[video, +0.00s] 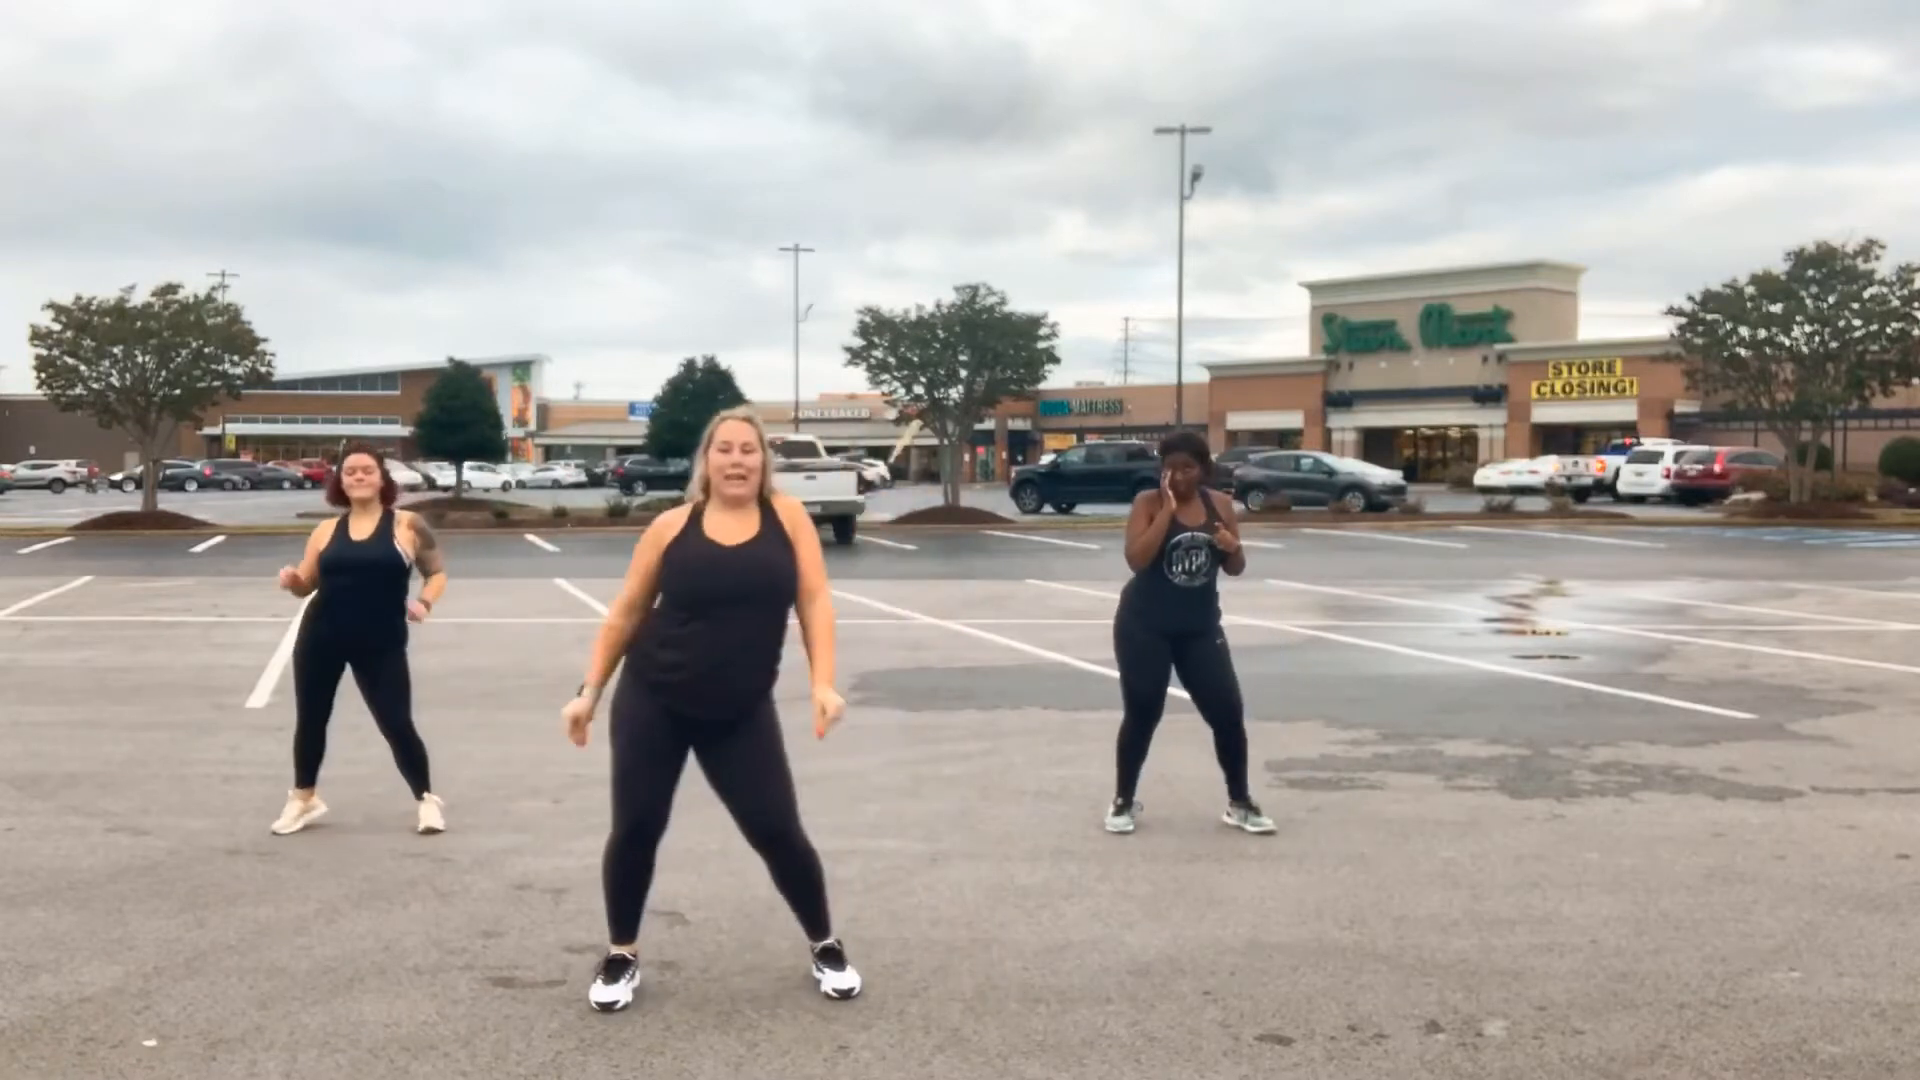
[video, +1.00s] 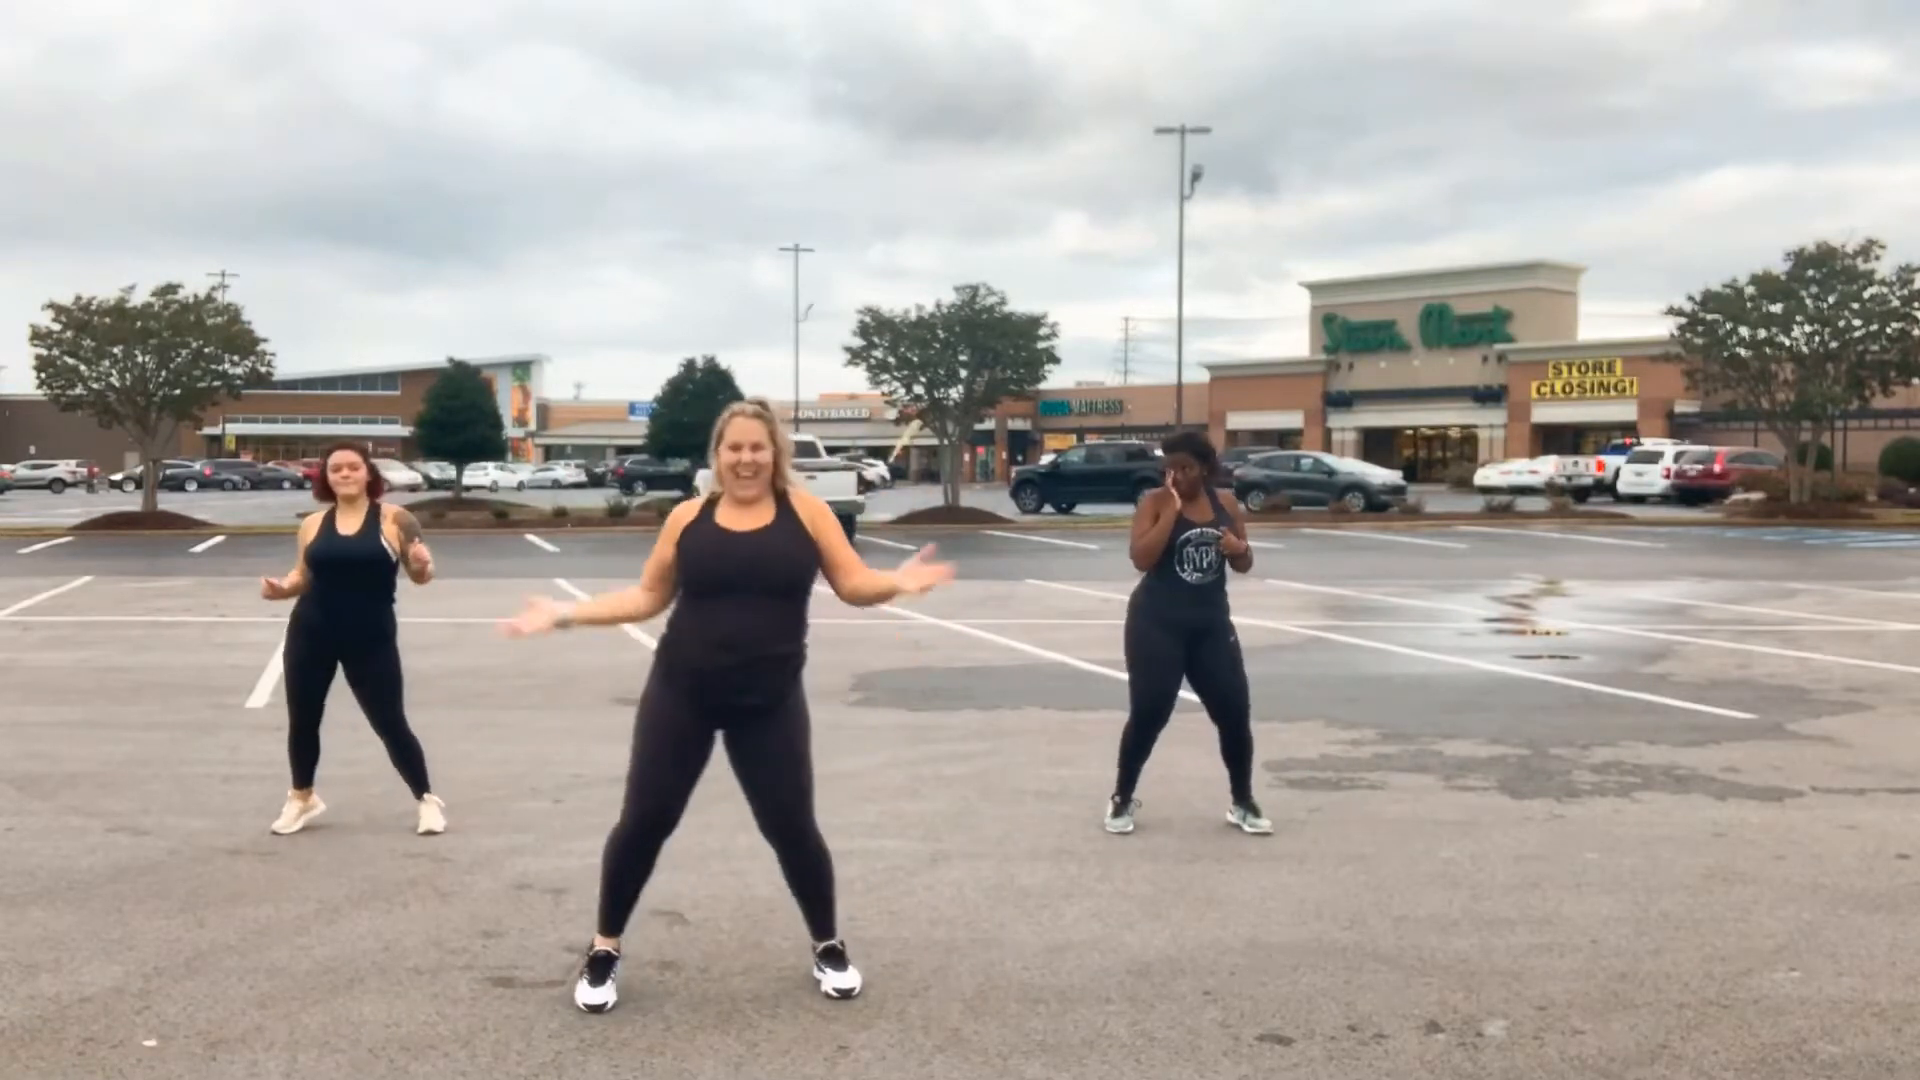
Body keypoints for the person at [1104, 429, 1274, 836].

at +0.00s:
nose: (1178, 475)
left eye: (1186, 468)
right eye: (1171, 468)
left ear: (1202, 468)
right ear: (1161, 470)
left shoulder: (1219, 503)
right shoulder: (1148, 502)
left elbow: (1235, 568)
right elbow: (1136, 558)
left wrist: (1231, 549)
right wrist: (1166, 512)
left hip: (1199, 627)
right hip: (1144, 626)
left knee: (1228, 712)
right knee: (1142, 713)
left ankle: (1240, 803)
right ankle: (1123, 802)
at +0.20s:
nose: (1173, 475)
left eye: (1182, 468)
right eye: (1168, 467)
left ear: (1202, 468)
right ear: (1160, 468)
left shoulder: (1222, 504)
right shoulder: (1148, 501)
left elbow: (1240, 565)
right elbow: (1132, 557)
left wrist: (1230, 550)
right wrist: (1162, 511)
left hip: (1206, 624)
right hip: (1150, 624)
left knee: (1229, 716)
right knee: (1145, 714)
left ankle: (1242, 803)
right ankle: (1123, 801)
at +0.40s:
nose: (1179, 476)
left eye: (1187, 469)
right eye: (1174, 469)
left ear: (1209, 469)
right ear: (1168, 469)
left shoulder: (1230, 503)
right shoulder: (1155, 503)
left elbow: (1255, 565)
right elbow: (1139, 558)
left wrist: (1240, 548)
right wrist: (1168, 508)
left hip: (1222, 625)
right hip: (1166, 625)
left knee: (1234, 718)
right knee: (1154, 716)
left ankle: (1243, 804)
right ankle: (1124, 802)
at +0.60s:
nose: (1183, 478)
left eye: (1191, 471)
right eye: (1179, 471)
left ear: (1214, 471)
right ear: (1174, 470)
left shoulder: (1235, 505)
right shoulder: (1160, 504)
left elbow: (1261, 567)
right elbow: (1144, 560)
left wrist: (1244, 551)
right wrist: (1173, 514)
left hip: (1233, 630)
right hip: (1176, 630)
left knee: (1241, 721)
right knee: (1156, 717)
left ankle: (1243, 803)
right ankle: (1124, 799)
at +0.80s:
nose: (1182, 477)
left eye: (1190, 470)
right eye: (1177, 470)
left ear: (1213, 469)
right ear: (1172, 470)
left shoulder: (1235, 503)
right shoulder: (1159, 504)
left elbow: (1257, 565)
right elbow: (1147, 560)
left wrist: (1243, 548)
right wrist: (1177, 513)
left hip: (1227, 627)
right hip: (1172, 627)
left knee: (1241, 718)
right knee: (1160, 714)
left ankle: (1243, 802)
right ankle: (1123, 798)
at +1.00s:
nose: (1175, 476)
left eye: (1183, 469)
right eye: (1170, 469)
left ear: (1204, 468)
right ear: (1164, 469)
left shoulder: (1224, 502)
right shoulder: (1153, 502)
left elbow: (1243, 564)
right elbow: (1141, 558)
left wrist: (1237, 549)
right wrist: (1170, 512)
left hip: (1210, 626)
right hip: (1156, 626)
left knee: (1235, 715)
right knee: (1148, 715)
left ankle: (1242, 802)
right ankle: (1122, 799)